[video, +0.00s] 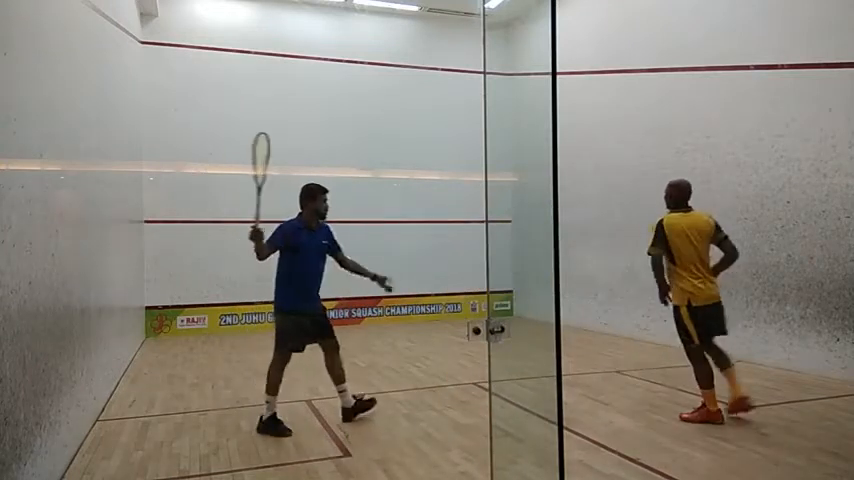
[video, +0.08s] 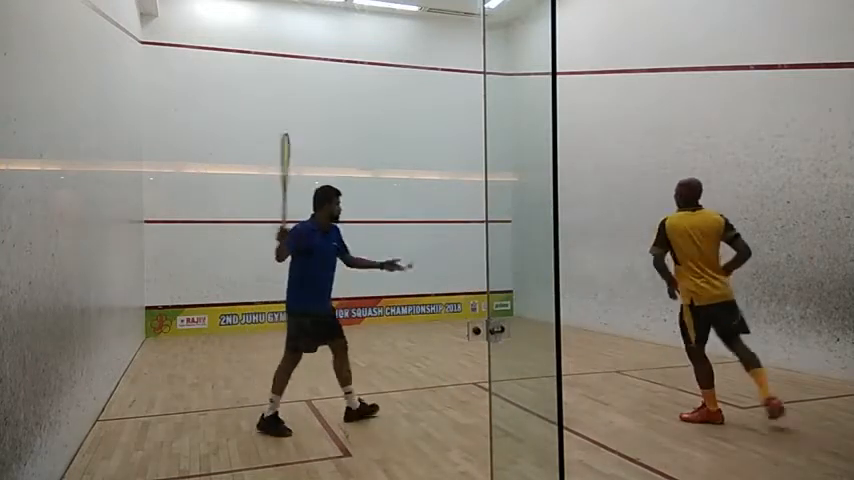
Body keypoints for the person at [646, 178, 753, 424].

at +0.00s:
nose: (664, 197)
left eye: (667, 194)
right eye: (666, 192)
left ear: (672, 197)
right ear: (688, 198)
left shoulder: (664, 224)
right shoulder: (706, 221)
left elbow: (655, 258)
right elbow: (732, 252)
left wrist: (661, 285)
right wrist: (713, 271)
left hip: (685, 300)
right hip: (710, 297)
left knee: (695, 353)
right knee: (709, 344)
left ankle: (711, 408)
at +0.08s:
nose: (674, 197)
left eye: (676, 194)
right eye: (676, 193)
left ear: (679, 197)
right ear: (699, 198)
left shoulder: (668, 224)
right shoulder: (717, 220)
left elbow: (657, 259)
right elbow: (744, 251)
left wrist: (670, 281)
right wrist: (725, 269)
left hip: (693, 302)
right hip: (722, 298)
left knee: (696, 352)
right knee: (736, 343)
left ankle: (711, 408)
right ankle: (767, 396)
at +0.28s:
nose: (696, 199)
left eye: (698, 196)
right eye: (699, 195)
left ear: (700, 199)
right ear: (721, 199)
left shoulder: (689, 227)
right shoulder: (741, 220)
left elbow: (675, 263)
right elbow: (771, 252)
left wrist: (691, 275)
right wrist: (753, 260)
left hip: (714, 303)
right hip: (748, 300)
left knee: (700, 351)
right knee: (778, 349)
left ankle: (710, 409)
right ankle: (804, 408)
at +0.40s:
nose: (712, 202)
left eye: (713, 199)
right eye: (715, 198)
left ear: (716, 203)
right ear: (738, 201)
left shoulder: (704, 230)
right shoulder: (756, 221)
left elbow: (692, 267)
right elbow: (791, 251)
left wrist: (708, 275)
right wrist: (778, 259)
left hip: (728, 305)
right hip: (764, 303)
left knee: (711, 351)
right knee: (789, 356)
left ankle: (711, 408)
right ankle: (812, 420)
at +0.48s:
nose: (731, 209)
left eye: (732, 205)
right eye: (734, 205)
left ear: (734, 207)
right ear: (758, 205)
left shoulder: (725, 235)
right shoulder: (778, 225)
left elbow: (713, 270)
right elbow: (815, 255)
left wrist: (721, 279)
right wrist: (800, 263)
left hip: (747, 309)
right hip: (782, 308)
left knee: (725, 355)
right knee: (804, 364)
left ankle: (714, 409)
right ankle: (813, 437)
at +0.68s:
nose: (760, 206)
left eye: (762, 203)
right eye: (762, 202)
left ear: (766, 204)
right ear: (788, 203)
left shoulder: (759, 233)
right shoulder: (813, 225)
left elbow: (745, 266)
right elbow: (846, 256)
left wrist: (745, 279)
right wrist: (826, 270)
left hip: (778, 309)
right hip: (813, 310)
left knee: (748, 347)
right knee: (822, 369)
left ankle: (755, 412)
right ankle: (814, 437)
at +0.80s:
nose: (769, 202)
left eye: (770, 198)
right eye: (772, 198)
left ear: (774, 200)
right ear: (797, 198)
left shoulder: (768, 230)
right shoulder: (821, 221)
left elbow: (753, 260)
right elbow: (850, 255)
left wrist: (751, 273)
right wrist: (832, 273)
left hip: (789, 307)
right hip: (824, 306)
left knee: (772, 358)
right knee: (833, 362)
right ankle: (829, 412)